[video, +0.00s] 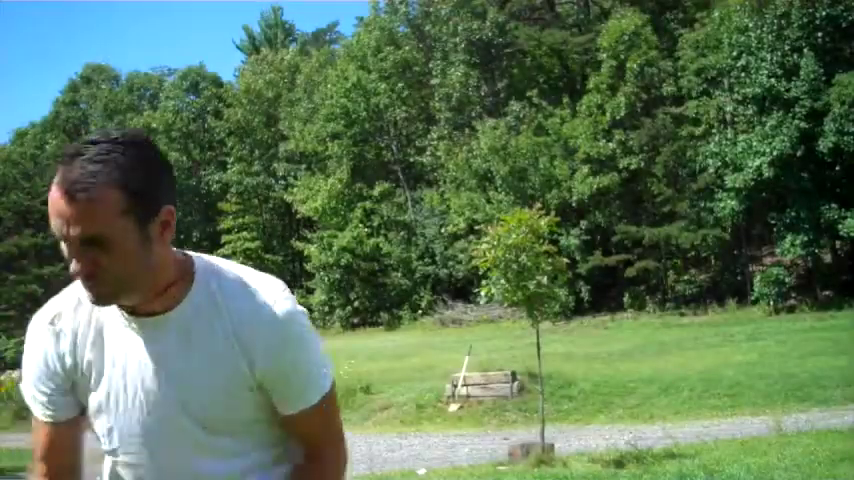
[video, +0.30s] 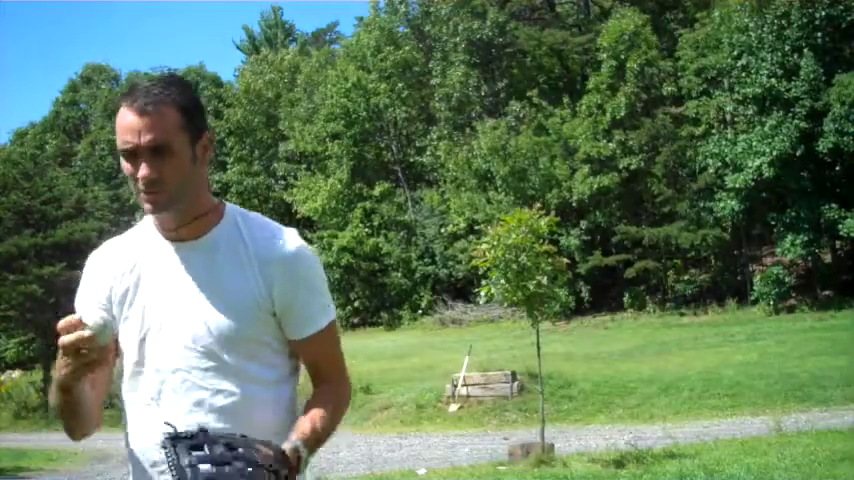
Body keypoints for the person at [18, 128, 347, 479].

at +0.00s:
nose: (74, 265)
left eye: (93, 243)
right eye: (64, 242)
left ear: (164, 228)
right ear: (55, 233)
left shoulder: (266, 315)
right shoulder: (58, 330)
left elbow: (325, 455)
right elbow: (52, 469)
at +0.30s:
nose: (143, 173)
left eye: (159, 152)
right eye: (130, 156)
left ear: (203, 149)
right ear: (119, 157)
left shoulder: (280, 254)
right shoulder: (110, 265)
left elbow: (332, 383)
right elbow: (80, 427)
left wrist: (293, 454)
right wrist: (68, 377)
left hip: (254, 468)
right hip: (153, 470)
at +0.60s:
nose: (176, 156)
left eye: (189, 139)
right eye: (159, 142)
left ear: (214, 147)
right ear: (137, 155)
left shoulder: (277, 235)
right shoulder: (129, 259)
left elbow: (339, 370)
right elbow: (111, 412)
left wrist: (243, 351)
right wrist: (117, 341)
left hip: (266, 467)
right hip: (169, 469)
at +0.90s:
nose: (199, 149)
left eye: (210, 134)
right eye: (181, 136)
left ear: (226, 146)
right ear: (151, 154)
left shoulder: (278, 235)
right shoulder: (142, 258)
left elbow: (315, 372)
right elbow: (157, 396)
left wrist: (187, 349)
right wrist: (116, 402)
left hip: (268, 468)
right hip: (170, 469)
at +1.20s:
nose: (219, 138)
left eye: (230, 125)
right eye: (200, 125)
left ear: (242, 138)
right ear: (165, 144)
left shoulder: (293, 225)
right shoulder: (166, 250)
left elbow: (345, 352)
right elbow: (170, 366)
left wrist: (214, 294)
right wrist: (91, 460)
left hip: (283, 467)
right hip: (181, 468)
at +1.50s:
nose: (275, 111)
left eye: (281, 98)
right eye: (254, 98)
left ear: (290, 111)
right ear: (212, 121)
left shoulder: (354, 213)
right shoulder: (190, 230)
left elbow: (445, 352)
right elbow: (98, 321)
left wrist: (352, 301)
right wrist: (9, 279)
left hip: (335, 465)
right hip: (220, 465)